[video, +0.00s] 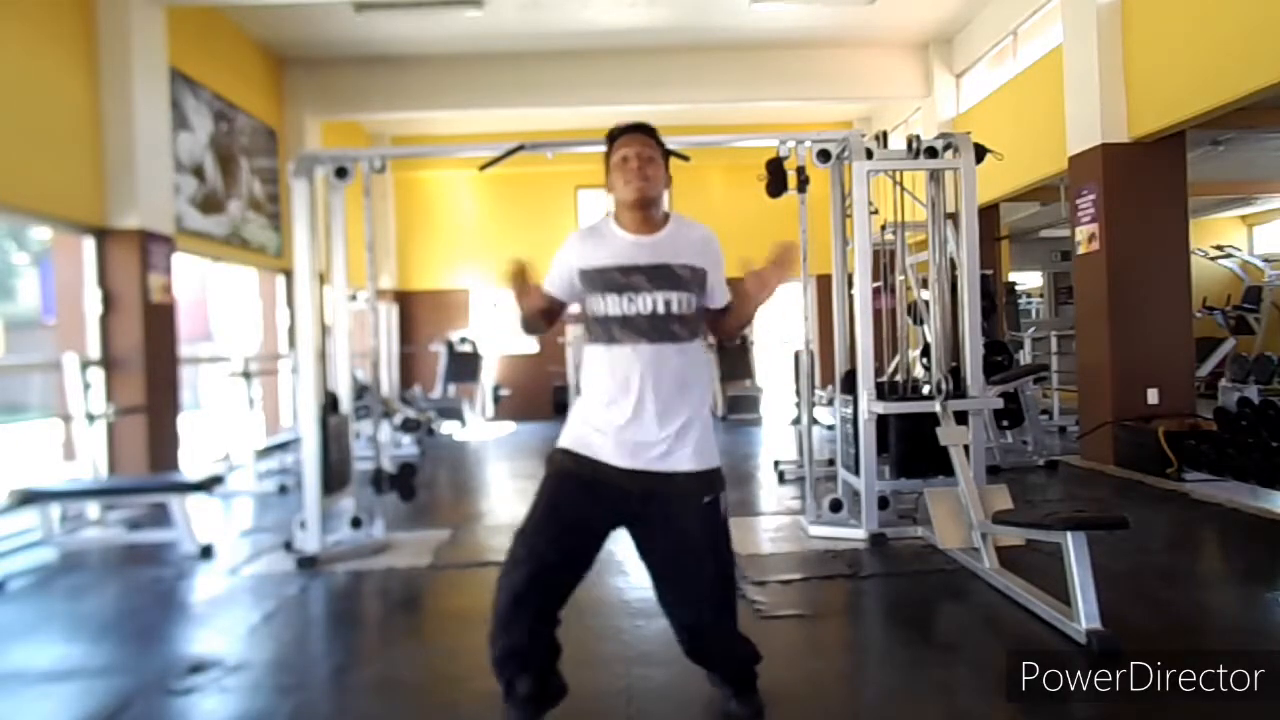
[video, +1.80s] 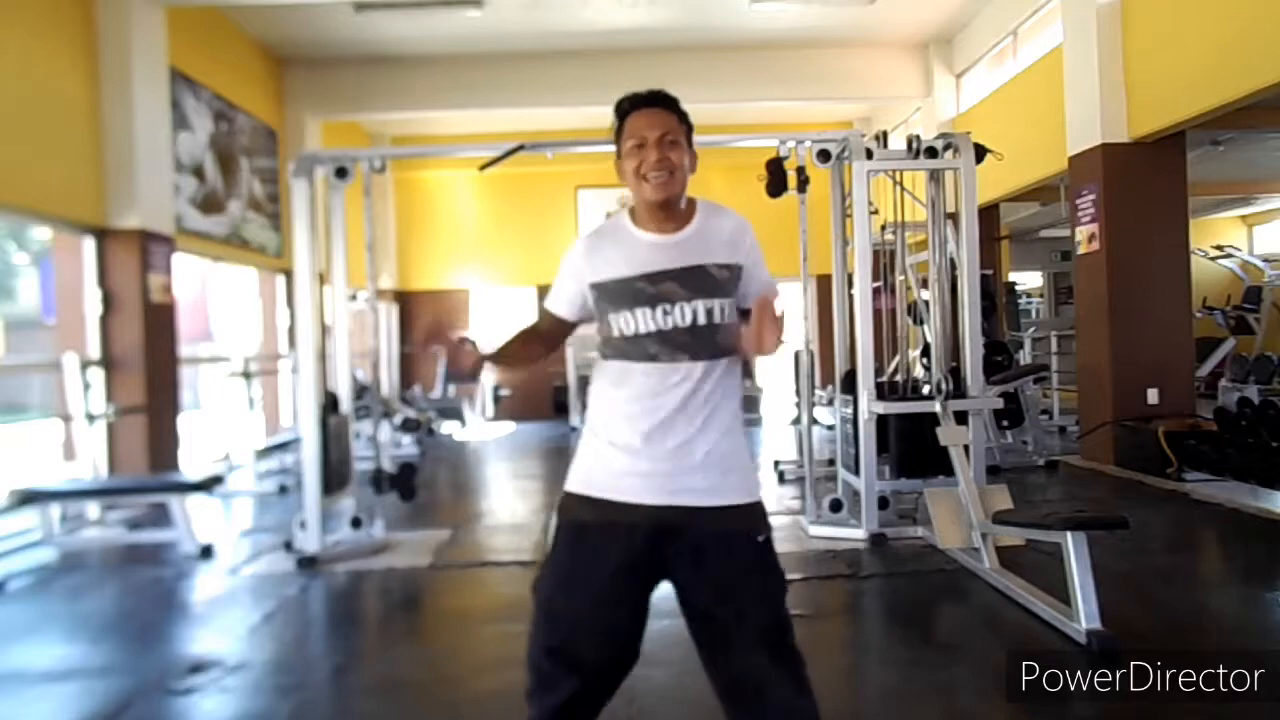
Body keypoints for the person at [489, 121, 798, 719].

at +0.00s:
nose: (637, 166)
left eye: (649, 157)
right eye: (624, 160)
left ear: (667, 175)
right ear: (607, 180)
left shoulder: (699, 243)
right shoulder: (582, 247)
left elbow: (721, 329)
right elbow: (542, 324)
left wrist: (753, 296)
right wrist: (530, 302)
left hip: (682, 458)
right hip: (592, 450)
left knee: (704, 614)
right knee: (522, 596)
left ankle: (739, 689)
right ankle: (530, 702)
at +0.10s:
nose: (637, 166)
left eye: (648, 157)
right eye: (624, 159)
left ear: (667, 171)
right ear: (607, 175)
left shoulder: (692, 247)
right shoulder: (578, 237)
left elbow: (718, 338)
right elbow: (536, 309)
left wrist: (785, 331)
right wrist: (551, 334)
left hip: (679, 446)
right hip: (591, 451)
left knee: (727, 576)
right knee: (554, 594)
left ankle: (748, 691)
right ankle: (537, 708)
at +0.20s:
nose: (635, 175)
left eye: (647, 165)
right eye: (623, 169)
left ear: (668, 179)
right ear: (608, 187)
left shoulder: (692, 256)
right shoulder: (579, 249)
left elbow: (725, 338)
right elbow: (527, 329)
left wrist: (767, 396)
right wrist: (509, 408)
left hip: (681, 453)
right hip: (591, 458)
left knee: (735, 582)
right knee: (573, 599)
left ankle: (747, 698)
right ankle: (540, 702)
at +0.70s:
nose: (617, 217)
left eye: (625, 201)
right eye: (608, 206)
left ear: (664, 178)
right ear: (603, 200)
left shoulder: (728, 242)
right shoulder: (601, 259)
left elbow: (766, 328)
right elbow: (563, 353)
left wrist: (738, 325)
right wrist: (497, 386)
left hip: (700, 485)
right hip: (601, 480)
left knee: (742, 650)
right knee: (556, 624)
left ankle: (766, 712)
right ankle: (556, 710)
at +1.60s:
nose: (647, 149)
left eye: (661, 135)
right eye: (629, 137)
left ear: (682, 148)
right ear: (610, 155)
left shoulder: (723, 232)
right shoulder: (585, 231)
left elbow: (741, 329)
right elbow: (539, 318)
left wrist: (814, 329)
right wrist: (558, 336)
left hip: (715, 479)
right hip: (608, 482)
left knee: (769, 664)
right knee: (575, 672)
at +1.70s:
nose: (650, 159)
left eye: (664, 144)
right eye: (633, 147)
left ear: (683, 156)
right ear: (613, 164)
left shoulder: (725, 240)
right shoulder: (587, 249)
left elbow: (769, 333)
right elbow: (531, 337)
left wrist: (816, 396)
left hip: (710, 484)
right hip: (601, 490)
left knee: (783, 656)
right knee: (567, 674)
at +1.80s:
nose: (657, 157)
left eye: (670, 142)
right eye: (639, 147)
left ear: (693, 154)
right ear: (620, 167)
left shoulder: (731, 233)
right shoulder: (594, 249)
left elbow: (757, 321)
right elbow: (547, 333)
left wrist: (758, 338)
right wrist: (485, 360)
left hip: (717, 491)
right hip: (608, 492)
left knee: (766, 678)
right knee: (565, 676)